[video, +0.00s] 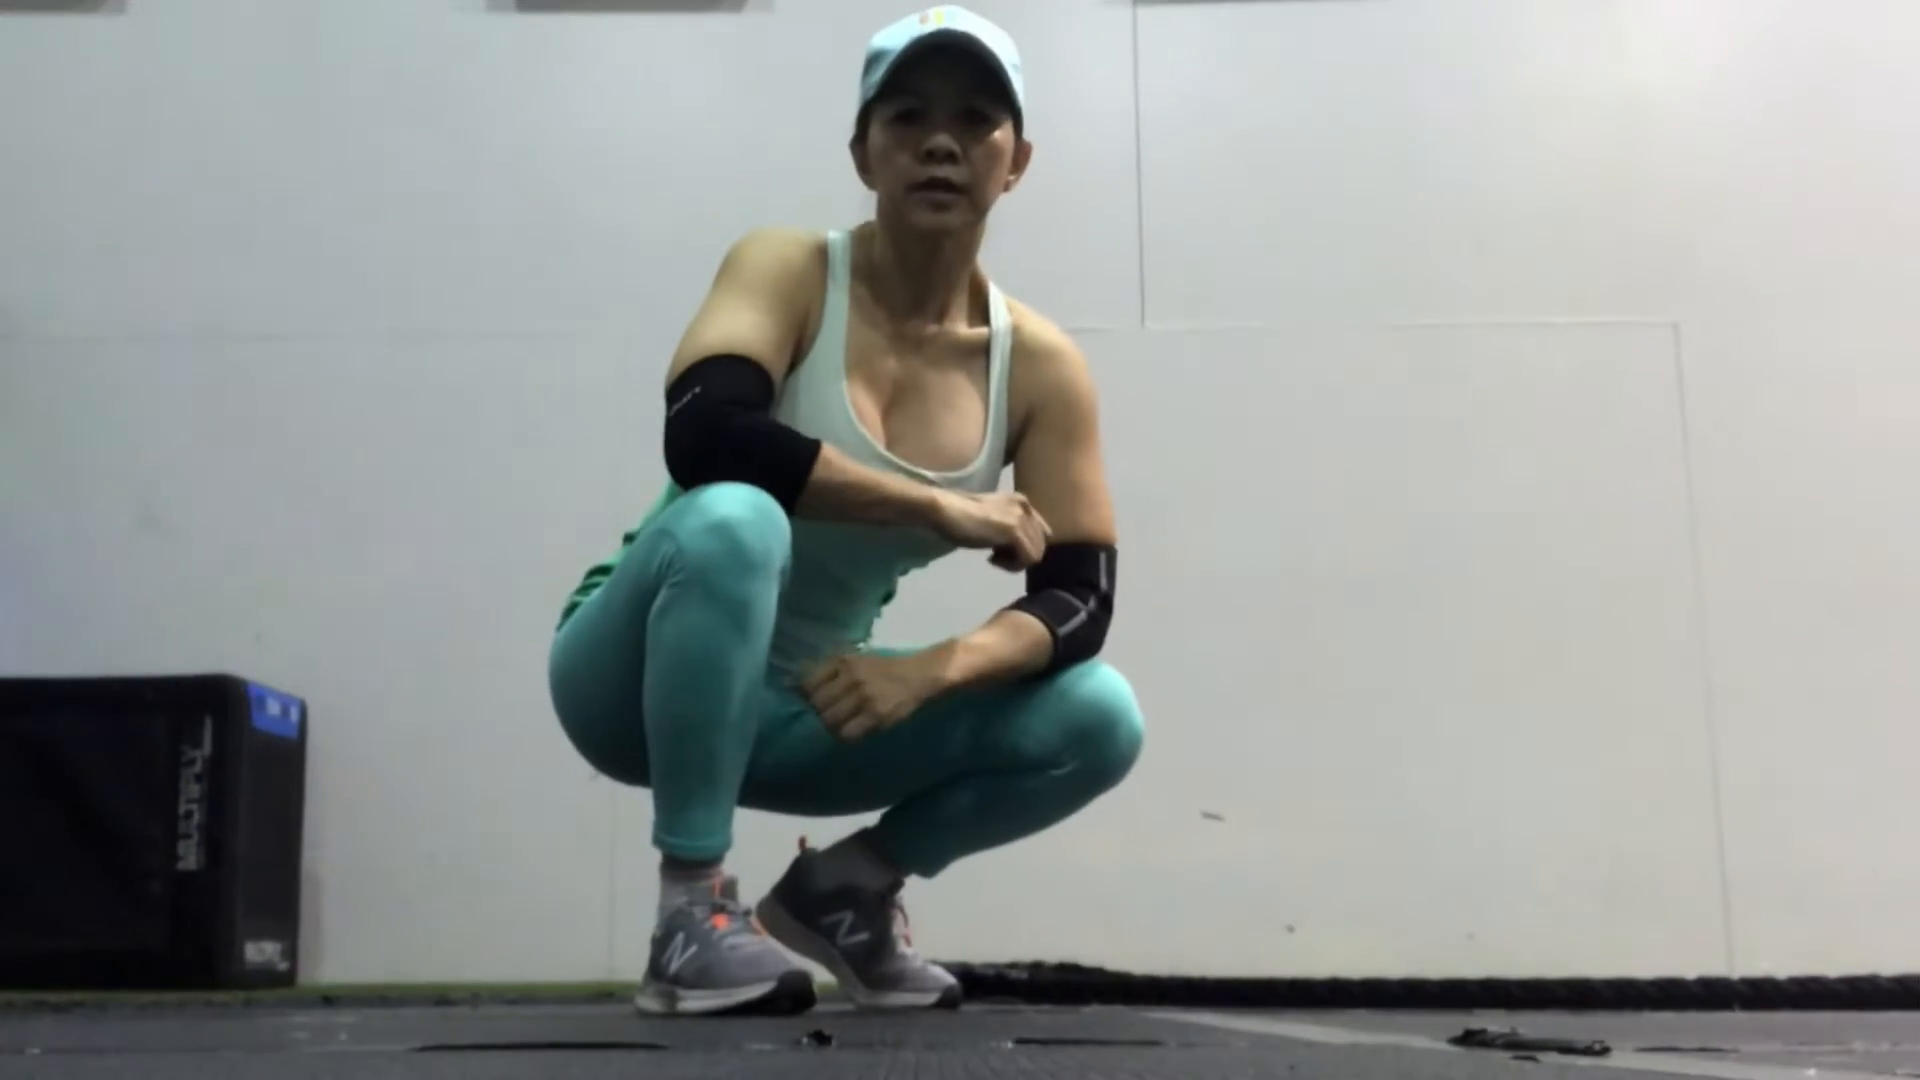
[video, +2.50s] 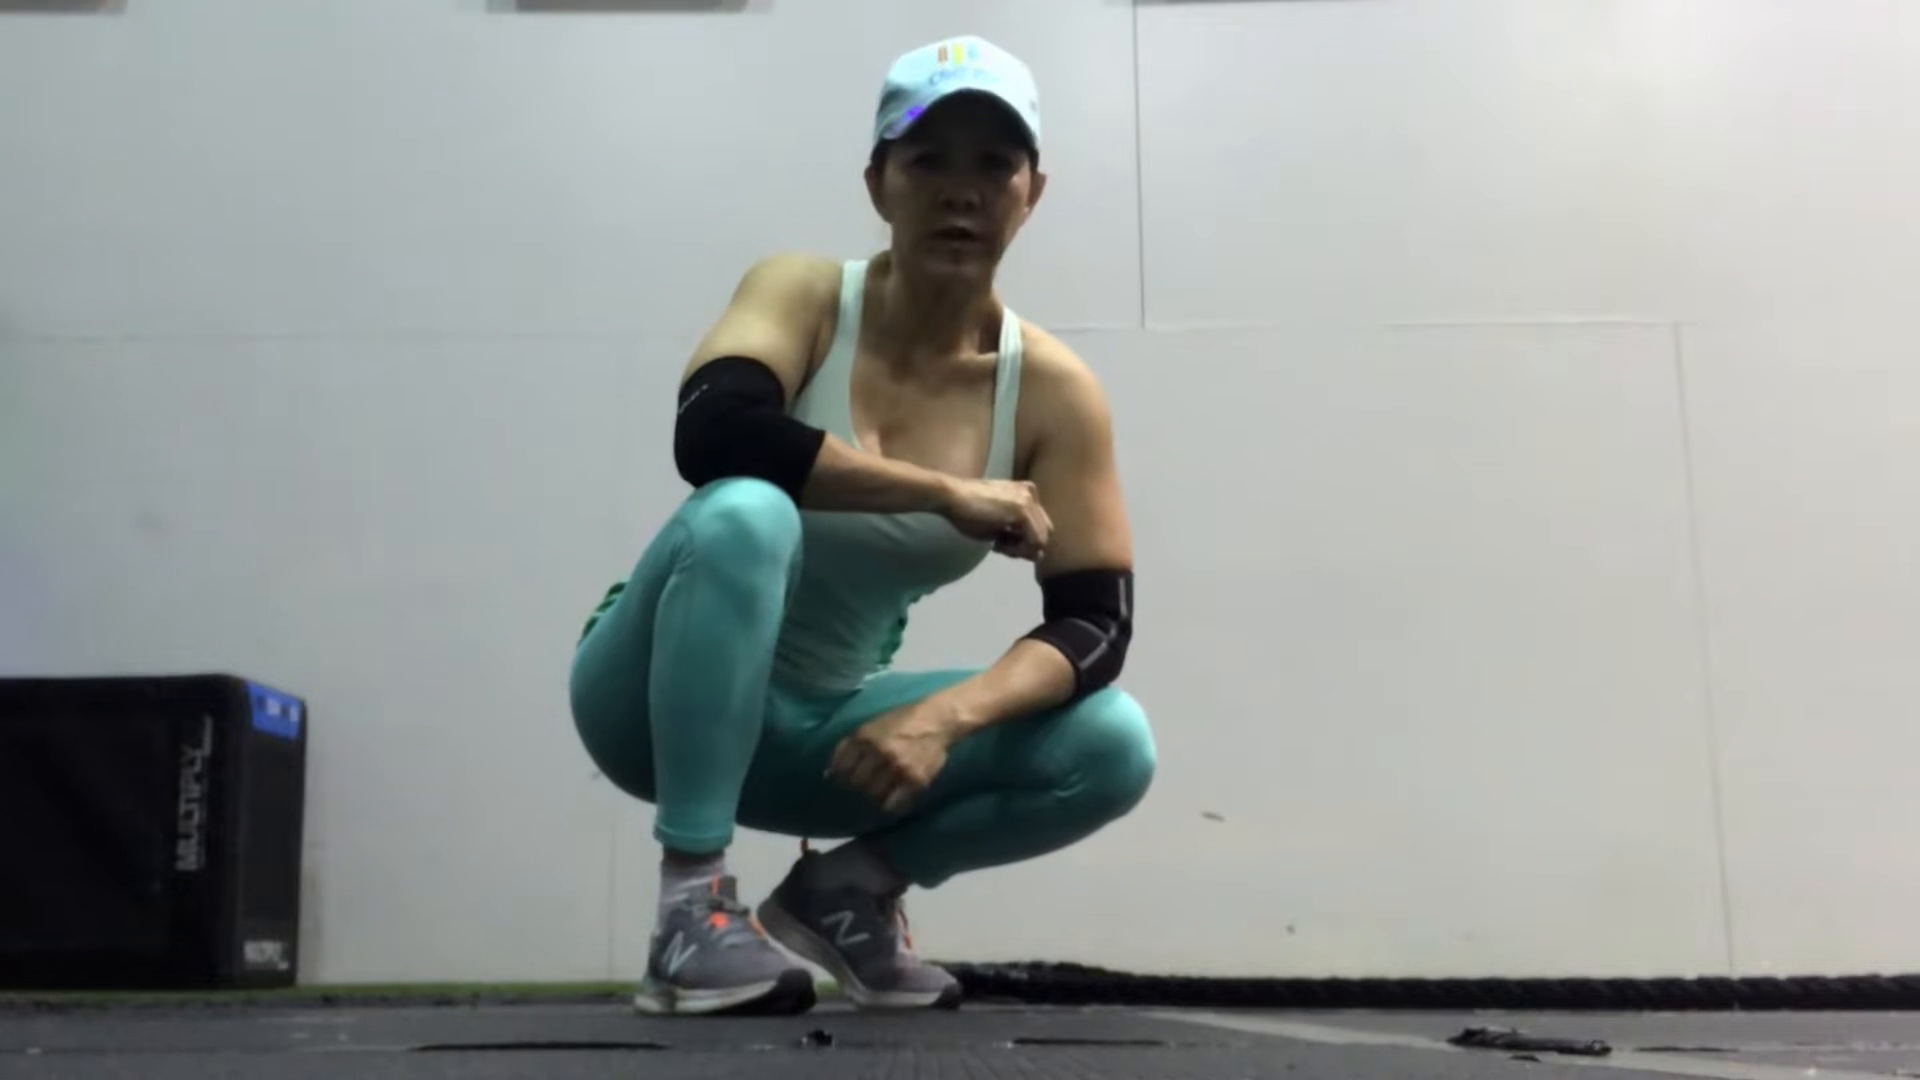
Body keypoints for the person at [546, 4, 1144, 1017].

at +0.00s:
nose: (940, 140)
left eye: (972, 117)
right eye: (909, 115)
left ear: (1015, 159)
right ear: (864, 149)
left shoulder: (1040, 367)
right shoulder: (782, 270)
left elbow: (1078, 600)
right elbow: (707, 437)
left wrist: (929, 669)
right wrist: (938, 506)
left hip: (813, 711)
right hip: (645, 675)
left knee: (1097, 720)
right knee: (734, 523)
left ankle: (842, 888)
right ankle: (691, 915)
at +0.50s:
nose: (937, 156)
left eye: (969, 134)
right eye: (906, 132)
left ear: (1012, 176)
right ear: (861, 167)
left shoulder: (1036, 373)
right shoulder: (781, 283)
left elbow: (1081, 608)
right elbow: (699, 441)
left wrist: (936, 674)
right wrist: (933, 468)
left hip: (814, 718)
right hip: (638, 689)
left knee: (1099, 723)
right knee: (751, 525)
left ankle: (843, 888)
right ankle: (692, 912)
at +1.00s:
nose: (936, 163)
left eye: (968, 141)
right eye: (906, 138)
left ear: (1010, 182)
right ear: (860, 171)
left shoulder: (1034, 377)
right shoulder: (780, 287)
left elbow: (1082, 609)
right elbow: (715, 438)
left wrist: (936, 691)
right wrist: (949, 493)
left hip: (813, 722)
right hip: (643, 694)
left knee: (1101, 727)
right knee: (756, 526)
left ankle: (841, 888)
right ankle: (692, 911)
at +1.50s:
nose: (958, 171)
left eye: (989, 150)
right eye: (928, 142)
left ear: (1020, 191)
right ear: (869, 173)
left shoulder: (1040, 384)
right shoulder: (785, 291)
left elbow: (1079, 617)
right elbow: (713, 439)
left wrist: (933, 702)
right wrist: (943, 496)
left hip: (819, 731)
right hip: (654, 701)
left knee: (1100, 735)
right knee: (745, 520)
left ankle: (839, 889)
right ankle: (690, 913)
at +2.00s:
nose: (983, 180)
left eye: (1005, 155)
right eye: (945, 152)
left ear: (1032, 181)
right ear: (878, 179)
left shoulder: (1048, 389)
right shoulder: (792, 295)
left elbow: (1087, 620)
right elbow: (715, 437)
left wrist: (949, 708)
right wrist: (946, 497)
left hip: (821, 729)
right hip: (657, 696)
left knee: (1107, 740)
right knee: (746, 520)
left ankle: (839, 890)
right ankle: (692, 911)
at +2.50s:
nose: (960, 190)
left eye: (992, 163)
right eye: (928, 160)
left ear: (1032, 191)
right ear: (879, 181)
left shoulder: (1053, 392)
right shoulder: (796, 294)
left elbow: (1092, 625)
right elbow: (715, 437)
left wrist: (946, 715)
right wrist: (944, 495)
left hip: (833, 729)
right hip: (668, 697)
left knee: (1110, 747)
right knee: (744, 516)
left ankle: (842, 889)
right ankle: (692, 908)